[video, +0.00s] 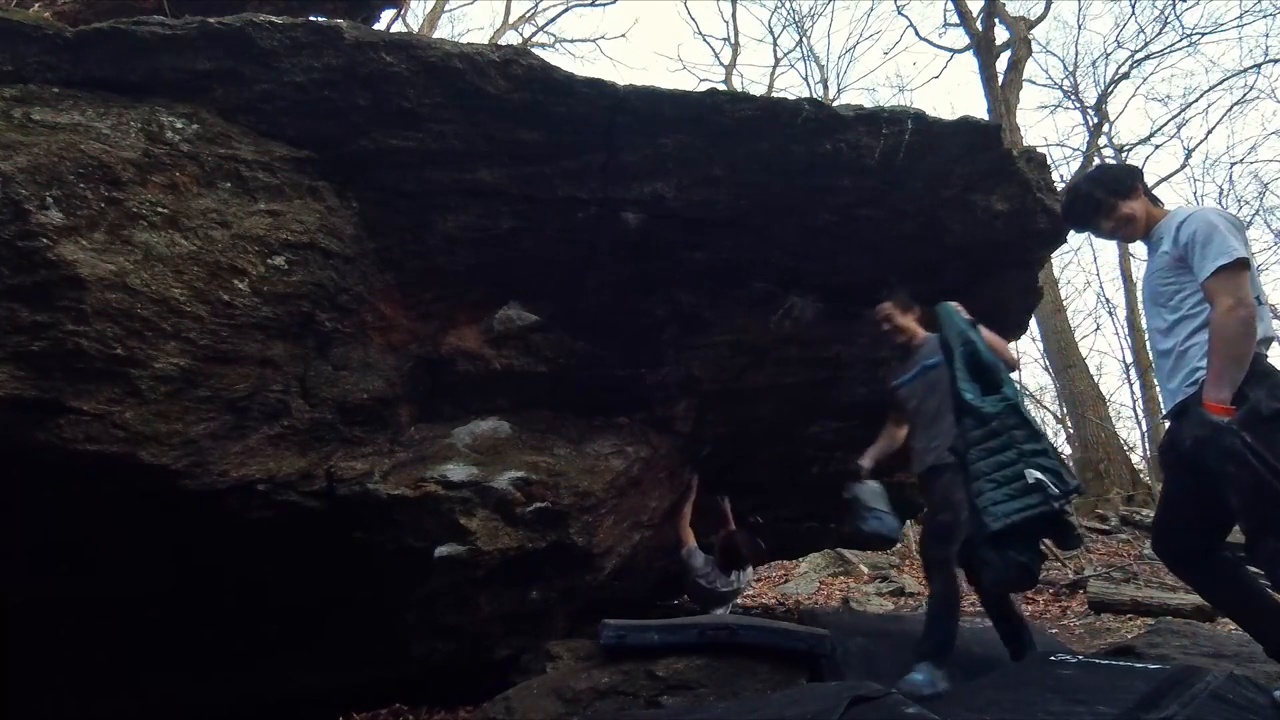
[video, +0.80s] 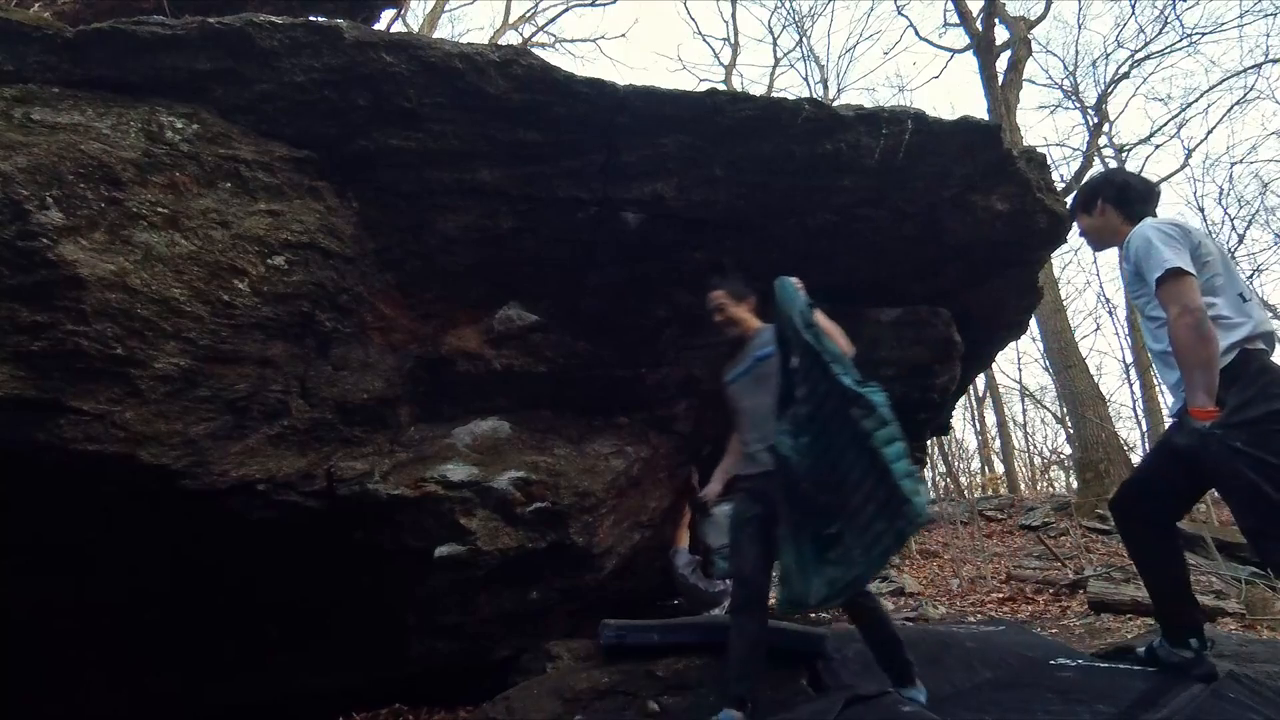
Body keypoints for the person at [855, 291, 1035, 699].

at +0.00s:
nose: (889, 328)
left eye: (891, 319)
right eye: (883, 325)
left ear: (912, 311)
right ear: (883, 330)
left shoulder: (948, 338)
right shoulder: (901, 372)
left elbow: (1007, 356)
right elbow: (897, 427)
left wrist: (968, 323)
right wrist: (869, 459)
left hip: (964, 463)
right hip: (933, 474)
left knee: (937, 556)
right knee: (979, 566)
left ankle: (934, 663)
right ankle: (1026, 656)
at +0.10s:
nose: (874, 332)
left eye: (877, 323)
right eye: (868, 328)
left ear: (899, 316)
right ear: (868, 332)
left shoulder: (930, 346)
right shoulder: (884, 374)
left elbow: (987, 363)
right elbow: (881, 430)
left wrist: (948, 326)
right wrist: (847, 457)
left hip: (940, 476)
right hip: (913, 482)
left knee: (924, 575)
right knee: (961, 578)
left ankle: (925, 687)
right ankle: (1021, 659)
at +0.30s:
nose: (831, 322)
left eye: (835, 313)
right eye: (825, 317)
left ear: (858, 308)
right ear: (827, 323)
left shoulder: (889, 339)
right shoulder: (844, 368)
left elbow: (951, 364)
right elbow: (846, 426)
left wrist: (905, 325)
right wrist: (809, 461)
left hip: (899, 471)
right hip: (861, 476)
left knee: (905, 577)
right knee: (850, 570)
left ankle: (923, 690)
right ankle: (934, 611)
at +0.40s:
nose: (810, 323)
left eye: (813, 312)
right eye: (804, 319)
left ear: (836, 304)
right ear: (803, 325)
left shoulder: (870, 333)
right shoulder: (823, 363)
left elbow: (931, 354)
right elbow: (830, 422)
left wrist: (883, 317)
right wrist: (794, 460)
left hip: (884, 474)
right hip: (841, 477)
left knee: (900, 589)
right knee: (800, 538)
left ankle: (922, 693)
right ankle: (875, 595)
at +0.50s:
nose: (787, 318)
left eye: (791, 307)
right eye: (781, 312)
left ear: (817, 301)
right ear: (783, 318)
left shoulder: (850, 330)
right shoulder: (805, 362)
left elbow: (913, 346)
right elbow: (811, 418)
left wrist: (867, 306)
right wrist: (778, 463)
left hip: (871, 475)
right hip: (824, 474)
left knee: (898, 593)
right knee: (772, 519)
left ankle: (921, 693)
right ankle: (809, 619)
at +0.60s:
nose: (766, 316)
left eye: (770, 305)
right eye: (760, 312)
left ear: (794, 300)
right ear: (760, 320)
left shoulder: (831, 325)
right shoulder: (785, 363)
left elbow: (890, 342)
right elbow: (790, 422)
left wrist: (844, 299)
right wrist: (759, 468)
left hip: (858, 472)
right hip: (804, 473)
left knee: (887, 582)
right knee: (759, 538)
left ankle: (920, 692)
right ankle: (747, 649)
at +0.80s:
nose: (719, 318)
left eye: (723, 308)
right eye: (713, 313)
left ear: (749, 302)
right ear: (713, 319)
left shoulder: (784, 335)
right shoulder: (734, 369)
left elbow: (844, 352)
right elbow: (743, 432)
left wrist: (805, 306)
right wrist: (717, 480)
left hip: (805, 481)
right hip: (754, 488)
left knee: (847, 587)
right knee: (746, 598)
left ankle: (907, 683)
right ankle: (736, 704)